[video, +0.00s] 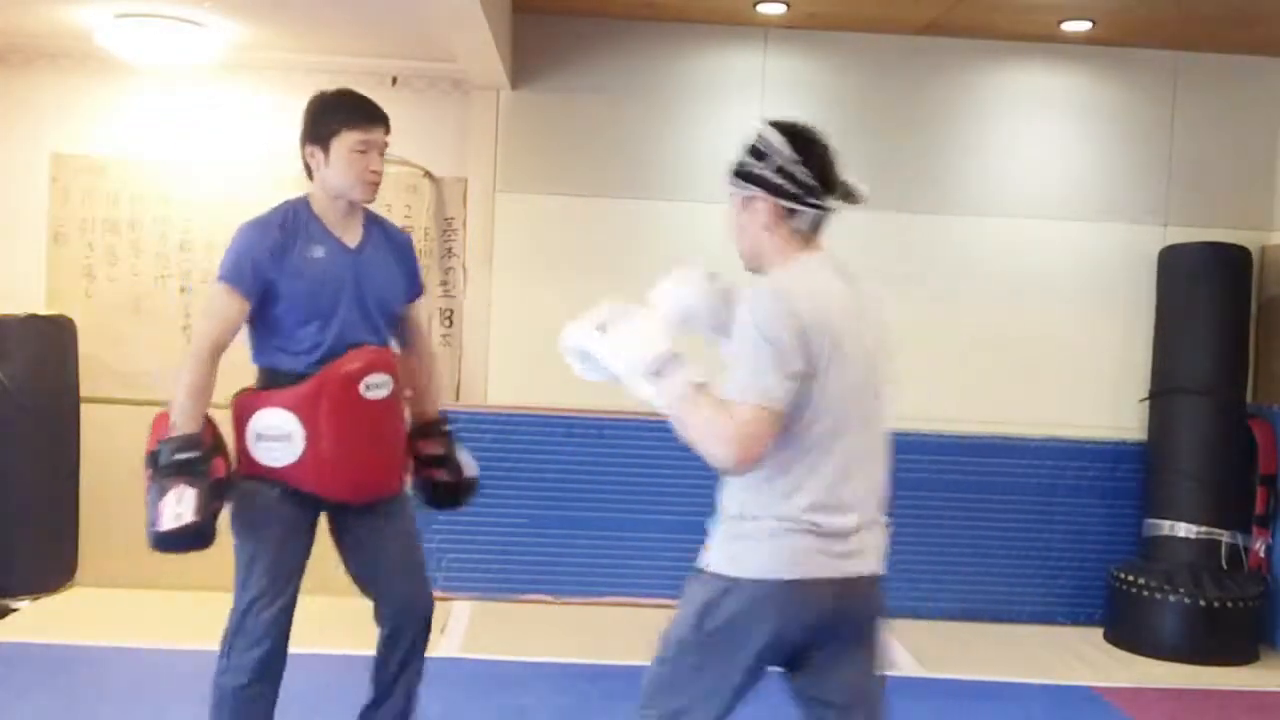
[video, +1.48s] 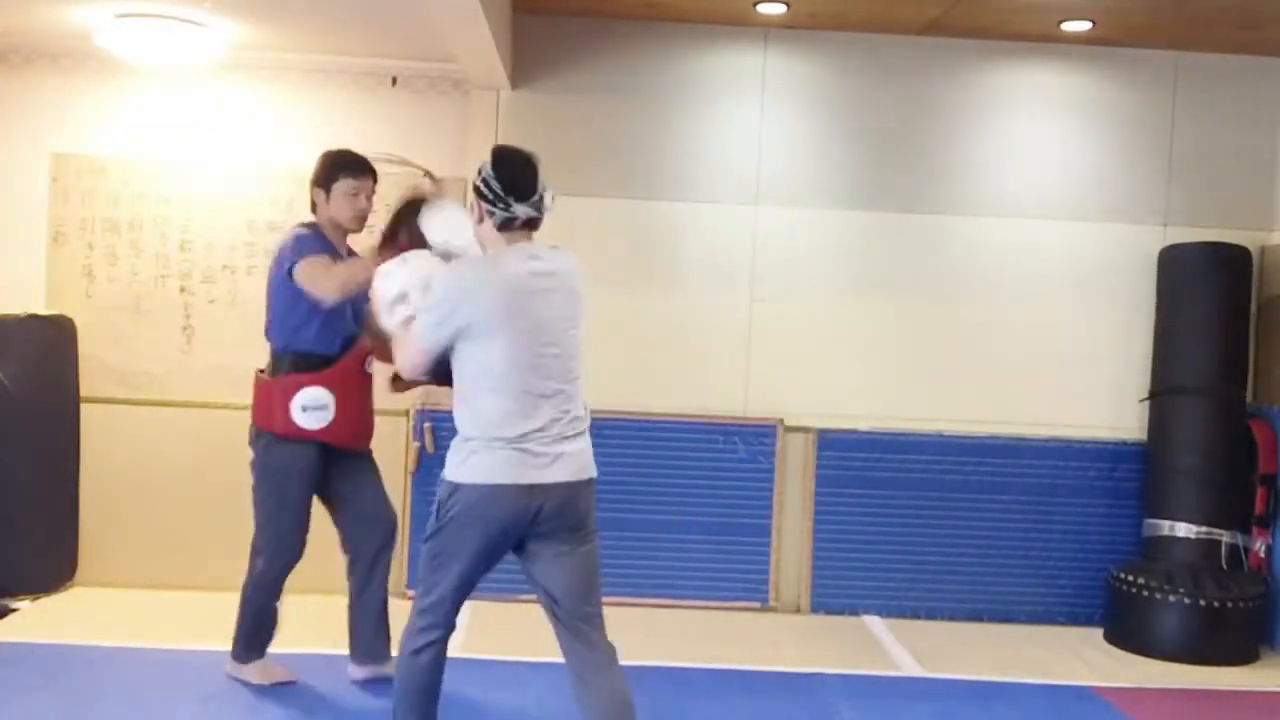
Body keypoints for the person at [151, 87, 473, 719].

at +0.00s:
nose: (377, 163)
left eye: (382, 151)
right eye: (362, 149)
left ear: (385, 159)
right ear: (315, 157)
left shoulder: (393, 245)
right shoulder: (265, 239)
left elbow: (416, 344)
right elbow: (207, 345)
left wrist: (431, 433)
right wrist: (182, 452)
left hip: (368, 445)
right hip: (283, 444)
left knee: (411, 606)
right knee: (261, 622)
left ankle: (387, 716)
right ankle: (236, 716)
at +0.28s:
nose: (425, 176)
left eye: (430, 164)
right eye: (410, 162)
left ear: (432, 172)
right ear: (364, 169)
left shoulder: (436, 254)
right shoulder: (321, 247)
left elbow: (466, 348)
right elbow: (268, 351)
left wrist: (498, 430)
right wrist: (266, 448)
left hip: (410, 455)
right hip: (331, 451)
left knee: (425, 617)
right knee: (315, 612)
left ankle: (407, 718)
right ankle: (272, 717)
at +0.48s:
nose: (429, 181)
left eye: (435, 169)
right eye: (416, 168)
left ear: (439, 176)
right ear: (373, 172)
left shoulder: (441, 254)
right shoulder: (329, 241)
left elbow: (477, 341)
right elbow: (272, 339)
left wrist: (517, 406)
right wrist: (312, 406)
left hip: (399, 437)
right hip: (329, 432)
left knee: (411, 582)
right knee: (336, 578)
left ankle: (400, 716)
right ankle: (299, 715)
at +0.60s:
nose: (401, 194)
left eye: (408, 182)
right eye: (388, 180)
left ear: (414, 187)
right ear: (347, 183)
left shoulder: (405, 250)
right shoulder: (309, 240)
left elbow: (455, 331)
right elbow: (278, 322)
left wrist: (510, 325)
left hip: (371, 440)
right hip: (300, 435)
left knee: (385, 594)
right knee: (304, 579)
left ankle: (390, 716)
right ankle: (260, 686)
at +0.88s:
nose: (339, 199)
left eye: (347, 189)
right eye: (328, 187)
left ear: (352, 195)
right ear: (300, 188)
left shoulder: (370, 261)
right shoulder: (261, 245)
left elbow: (439, 313)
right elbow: (263, 286)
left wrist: (452, 246)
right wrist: (301, 223)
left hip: (344, 426)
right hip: (271, 425)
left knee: (377, 568)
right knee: (262, 576)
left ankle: (375, 710)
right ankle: (233, 700)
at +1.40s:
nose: (369, 195)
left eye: (376, 185)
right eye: (358, 182)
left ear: (379, 194)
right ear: (327, 185)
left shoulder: (383, 252)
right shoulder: (299, 236)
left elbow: (419, 297)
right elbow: (334, 271)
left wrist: (423, 225)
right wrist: (376, 226)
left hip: (352, 409)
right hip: (290, 406)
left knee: (365, 542)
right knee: (292, 543)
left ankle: (372, 665)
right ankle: (257, 652)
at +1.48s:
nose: (364, 206)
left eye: (369, 197)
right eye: (353, 195)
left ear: (368, 201)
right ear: (320, 196)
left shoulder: (351, 260)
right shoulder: (299, 244)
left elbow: (369, 337)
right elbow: (327, 285)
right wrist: (390, 255)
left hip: (339, 426)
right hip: (287, 422)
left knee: (374, 529)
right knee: (279, 543)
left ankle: (370, 658)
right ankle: (246, 656)